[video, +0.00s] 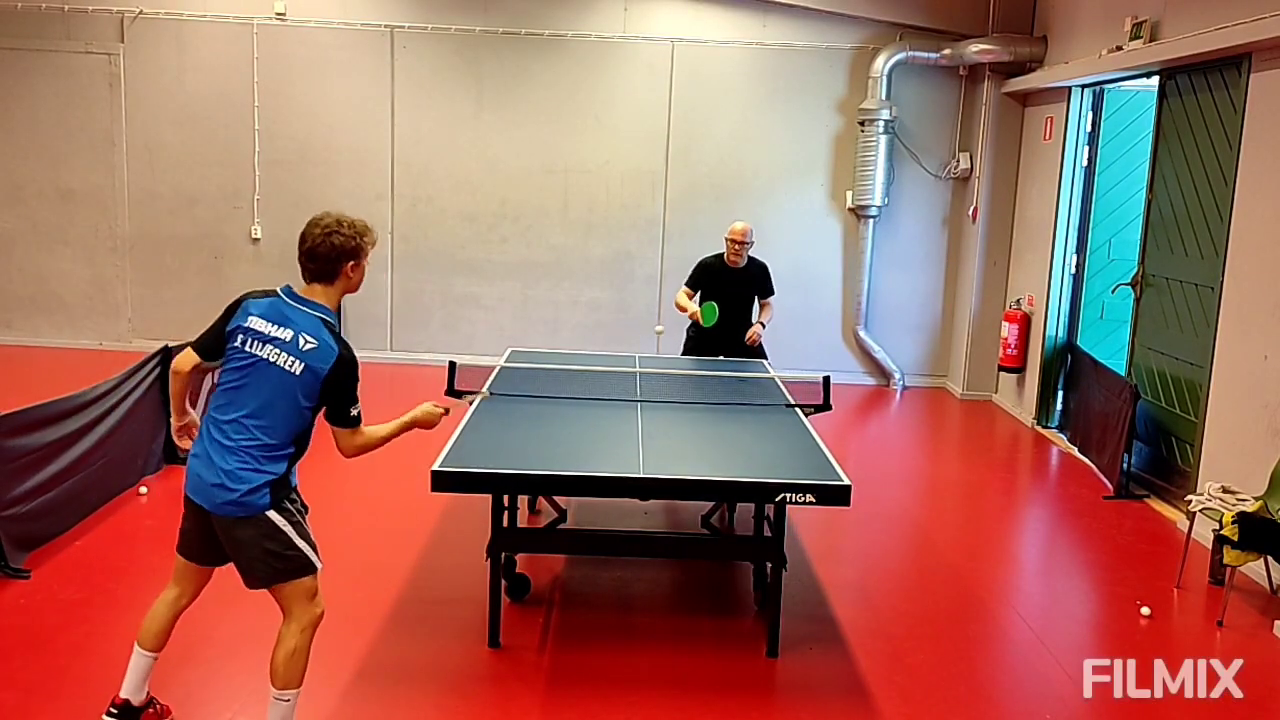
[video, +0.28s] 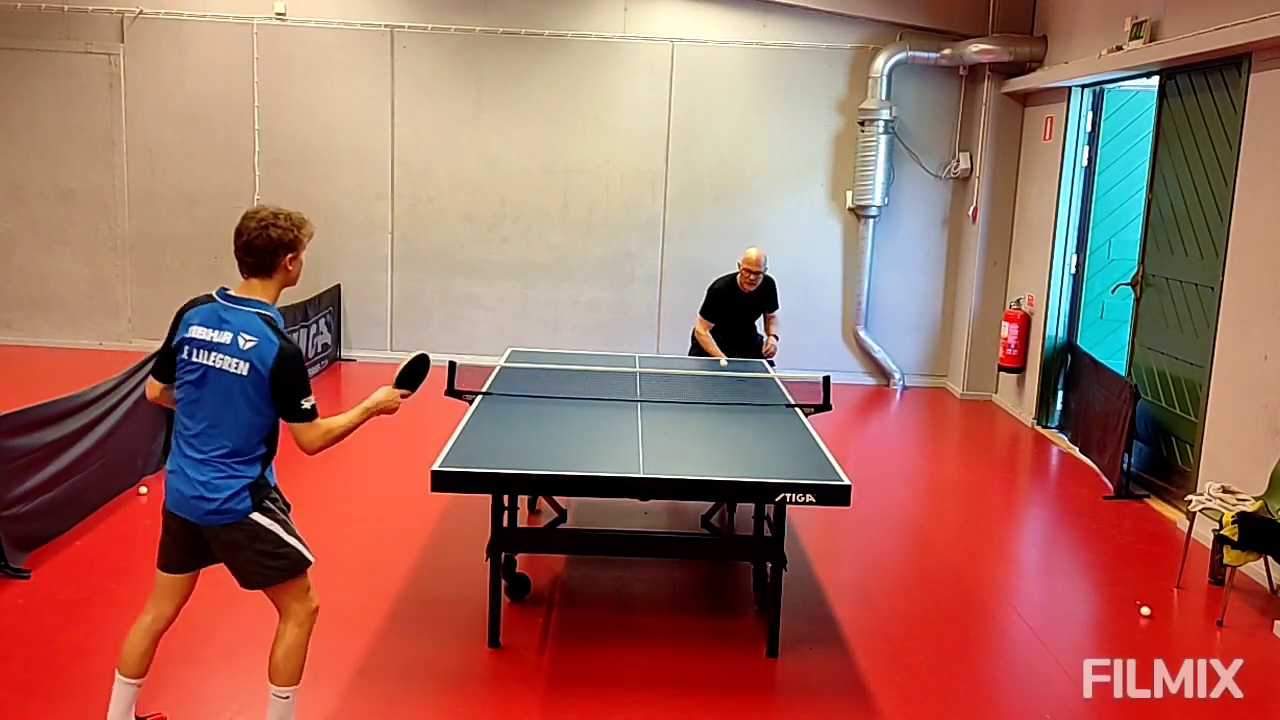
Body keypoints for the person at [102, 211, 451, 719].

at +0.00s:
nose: (365, 271)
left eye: (364, 262)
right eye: (363, 263)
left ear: (304, 262)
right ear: (348, 272)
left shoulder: (251, 305)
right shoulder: (335, 353)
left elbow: (182, 365)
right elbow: (351, 443)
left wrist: (179, 414)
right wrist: (411, 420)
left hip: (203, 480)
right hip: (256, 496)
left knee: (179, 590)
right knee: (304, 611)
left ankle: (127, 701)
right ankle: (280, 716)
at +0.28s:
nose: (302, 263)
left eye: (302, 254)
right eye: (301, 255)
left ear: (241, 258)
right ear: (286, 264)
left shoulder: (193, 314)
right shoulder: (278, 347)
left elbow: (157, 392)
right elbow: (311, 438)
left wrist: (212, 401)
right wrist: (371, 408)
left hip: (182, 494)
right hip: (239, 504)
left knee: (157, 611)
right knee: (298, 609)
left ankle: (118, 715)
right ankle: (279, 716)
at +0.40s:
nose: (286, 260)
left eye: (286, 251)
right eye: (284, 252)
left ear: (227, 255)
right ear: (269, 260)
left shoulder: (188, 307)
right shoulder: (245, 341)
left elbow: (184, 390)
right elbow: (261, 441)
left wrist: (252, 401)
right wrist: (337, 431)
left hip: (157, 483)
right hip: (204, 495)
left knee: (140, 609)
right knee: (269, 610)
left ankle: (114, 715)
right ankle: (274, 716)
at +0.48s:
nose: (286, 259)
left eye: (284, 249)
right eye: (284, 251)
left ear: (228, 257)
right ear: (268, 261)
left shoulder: (196, 301)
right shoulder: (233, 343)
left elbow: (195, 379)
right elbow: (234, 443)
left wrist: (259, 393)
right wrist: (317, 461)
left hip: (150, 481)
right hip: (191, 493)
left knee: (138, 609)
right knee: (252, 613)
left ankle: (114, 715)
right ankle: (256, 716)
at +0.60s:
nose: (289, 270)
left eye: (288, 262)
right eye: (287, 262)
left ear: (234, 262)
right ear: (271, 270)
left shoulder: (205, 304)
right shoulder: (222, 349)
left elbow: (213, 378)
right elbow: (206, 455)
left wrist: (274, 398)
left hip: (146, 482)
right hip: (177, 494)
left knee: (139, 606)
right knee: (233, 617)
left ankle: (115, 715)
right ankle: (227, 717)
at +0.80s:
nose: (324, 295)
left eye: (325, 285)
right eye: (320, 285)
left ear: (282, 282)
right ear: (288, 285)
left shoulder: (247, 317)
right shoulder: (224, 354)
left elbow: (222, 392)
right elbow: (180, 447)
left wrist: (251, 433)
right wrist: (186, 529)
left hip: (176, 484)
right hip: (193, 494)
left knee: (148, 602)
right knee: (229, 621)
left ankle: (110, 713)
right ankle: (224, 719)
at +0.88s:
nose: (323, 292)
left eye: (325, 282)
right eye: (316, 281)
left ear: (279, 278)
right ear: (279, 278)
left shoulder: (240, 309)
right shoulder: (235, 346)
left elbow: (214, 391)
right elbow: (208, 447)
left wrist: (251, 432)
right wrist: (248, 510)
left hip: (170, 481)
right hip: (190, 493)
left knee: (157, 598)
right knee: (231, 623)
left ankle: (110, 710)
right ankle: (226, 718)